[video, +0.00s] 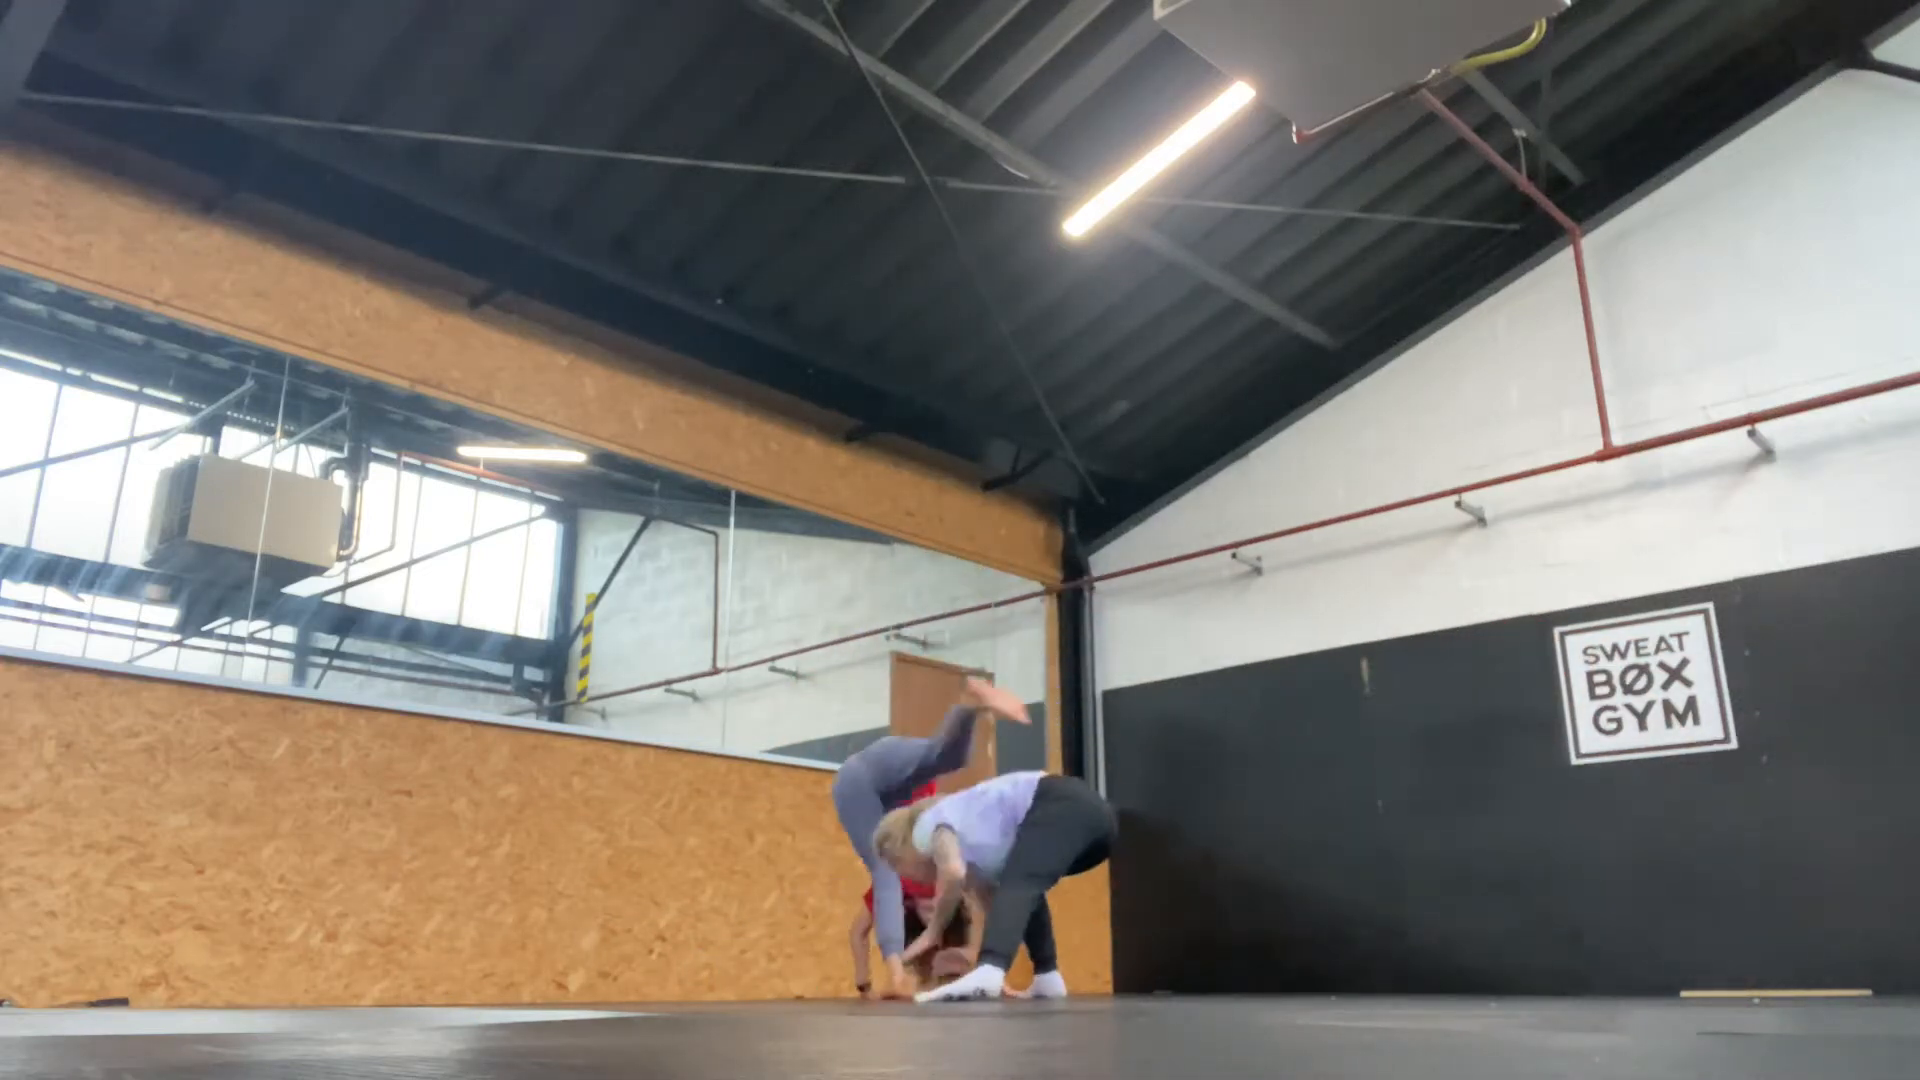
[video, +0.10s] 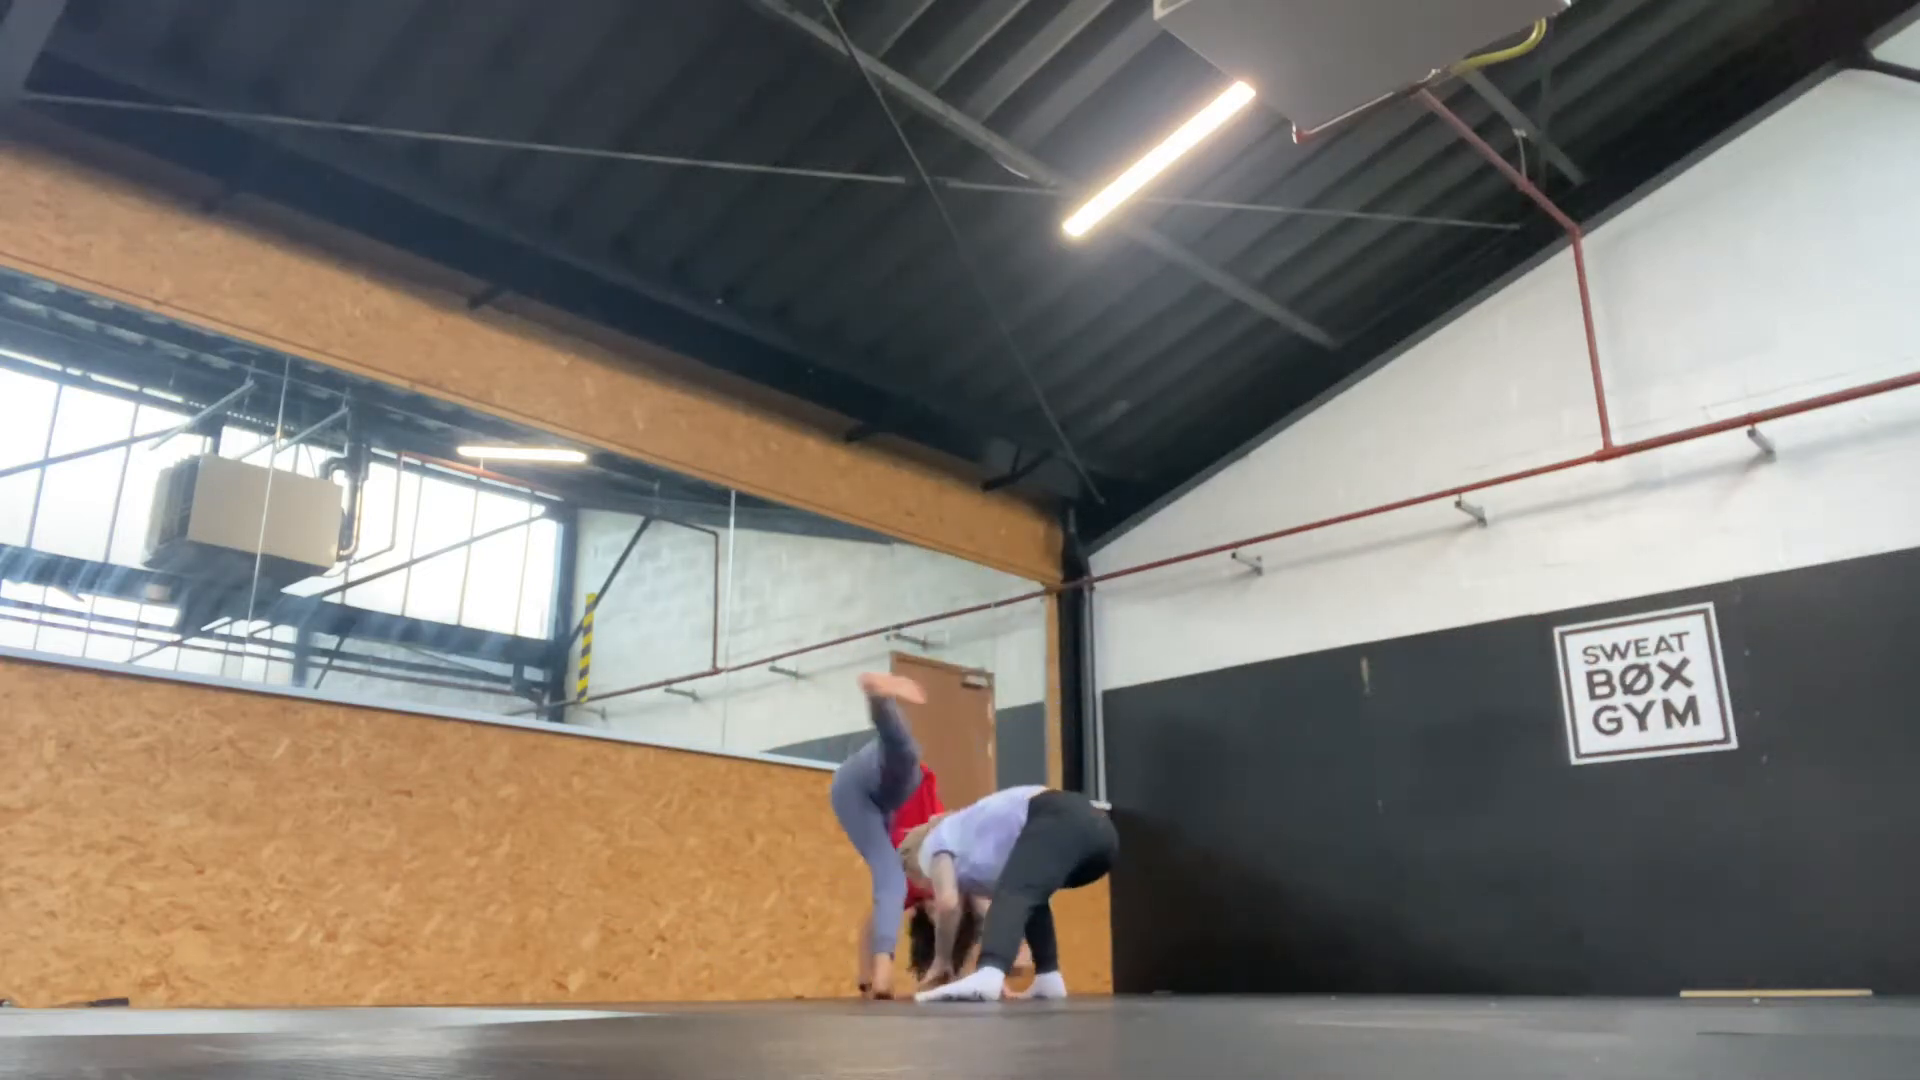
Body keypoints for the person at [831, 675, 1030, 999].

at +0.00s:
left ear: (914, 918)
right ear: (941, 912)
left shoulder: (894, 883)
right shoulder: (952, 878)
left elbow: (857, 932)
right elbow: (981, 908)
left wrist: (860, 983)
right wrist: (974, 964)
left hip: (849, 775)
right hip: (888, 752)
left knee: (884, 872)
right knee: (950, 757)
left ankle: (898, 977)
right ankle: (971, 704)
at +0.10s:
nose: (932, 907)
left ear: (921, 910)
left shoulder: (904, 887)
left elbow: (871, 926)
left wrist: (865, 977)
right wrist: (950, 968)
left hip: (844, 791)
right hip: (888, 794)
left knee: (889, 879)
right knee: (904, 756)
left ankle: (878, 978)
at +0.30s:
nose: (927, 924)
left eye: (936, 928)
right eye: (938, 925)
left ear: (940, 907)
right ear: (951, 905)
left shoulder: (918, 888)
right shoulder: (963, 867)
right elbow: (986, 926)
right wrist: (992, 981)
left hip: (868, 814)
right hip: (886, 772)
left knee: (902, 883)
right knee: (808, 796)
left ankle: (868, 980)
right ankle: (707, 796)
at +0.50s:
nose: (1001, 877)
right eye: (1005, 869)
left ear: (995, 844)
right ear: (999, 843)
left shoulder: (962, 848)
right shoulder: (972, 839)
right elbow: (982, 909)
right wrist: (1004, 967)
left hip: (862, 820)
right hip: (845, 781)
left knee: (886, 878)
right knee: (756, 869)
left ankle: (861, 981)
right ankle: (662, 903)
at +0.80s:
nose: (948, 794)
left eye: (944, 783)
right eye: (942, 785)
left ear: (955, 771)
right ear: (982, 760)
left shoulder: (978, 800)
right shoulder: (1029, 789)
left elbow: (962, 876)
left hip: (1031, 919)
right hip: (1077, 920)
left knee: (947, 942)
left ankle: (871, 980)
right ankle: (1043, 973)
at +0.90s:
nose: (932, 785)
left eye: (928, 774)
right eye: (927, 776)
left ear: (939, 769)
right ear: (967, 753)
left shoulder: (959, 810)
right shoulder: (1014, 781)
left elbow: (956, 898)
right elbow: (1053, 821)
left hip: (1018, 937)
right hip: (1068, 922)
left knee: (952, 934)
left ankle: (911, 981)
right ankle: (1041, 976)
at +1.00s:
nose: (908, 781)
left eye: (903, 773)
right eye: (902, 775)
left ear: (911, 768)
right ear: (938, 745)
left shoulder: (941, 814)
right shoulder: (984, 764)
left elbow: (952, 902)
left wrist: (940, 984)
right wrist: (991, 709)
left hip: (1005, 940)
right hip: (1056, 916)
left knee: (952, 926)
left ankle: (946, 989)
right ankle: (1038, 967)